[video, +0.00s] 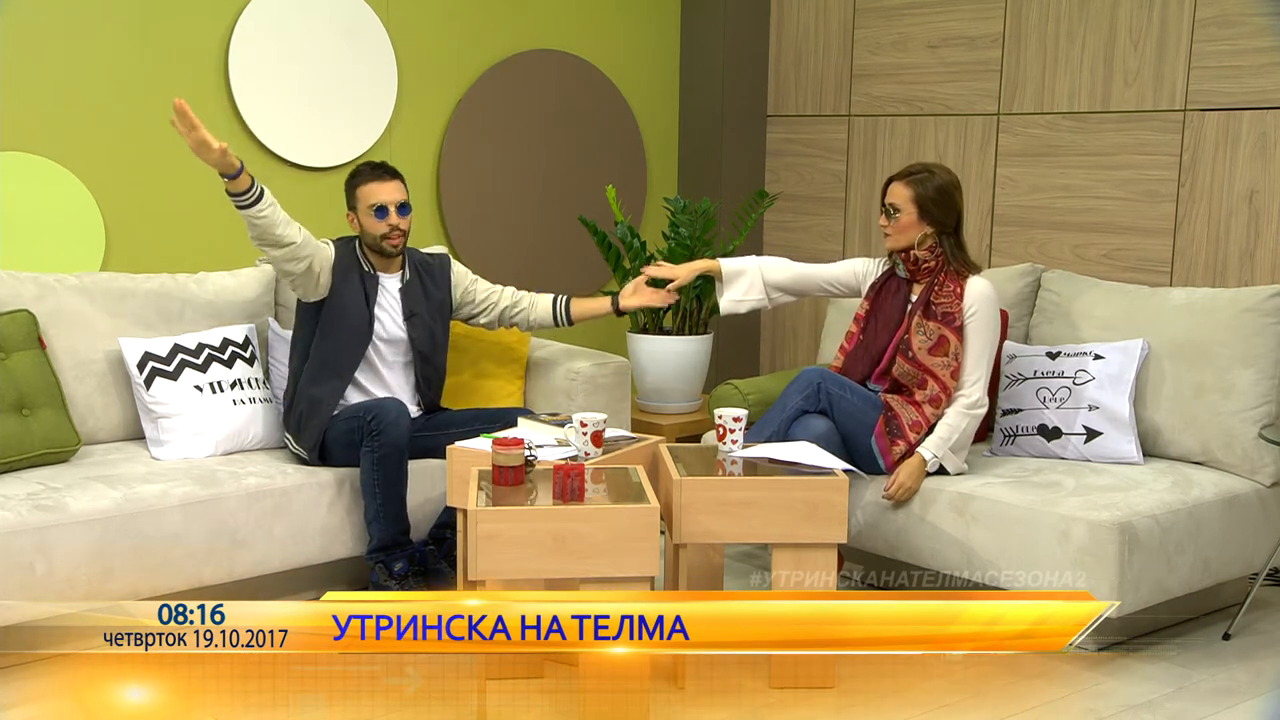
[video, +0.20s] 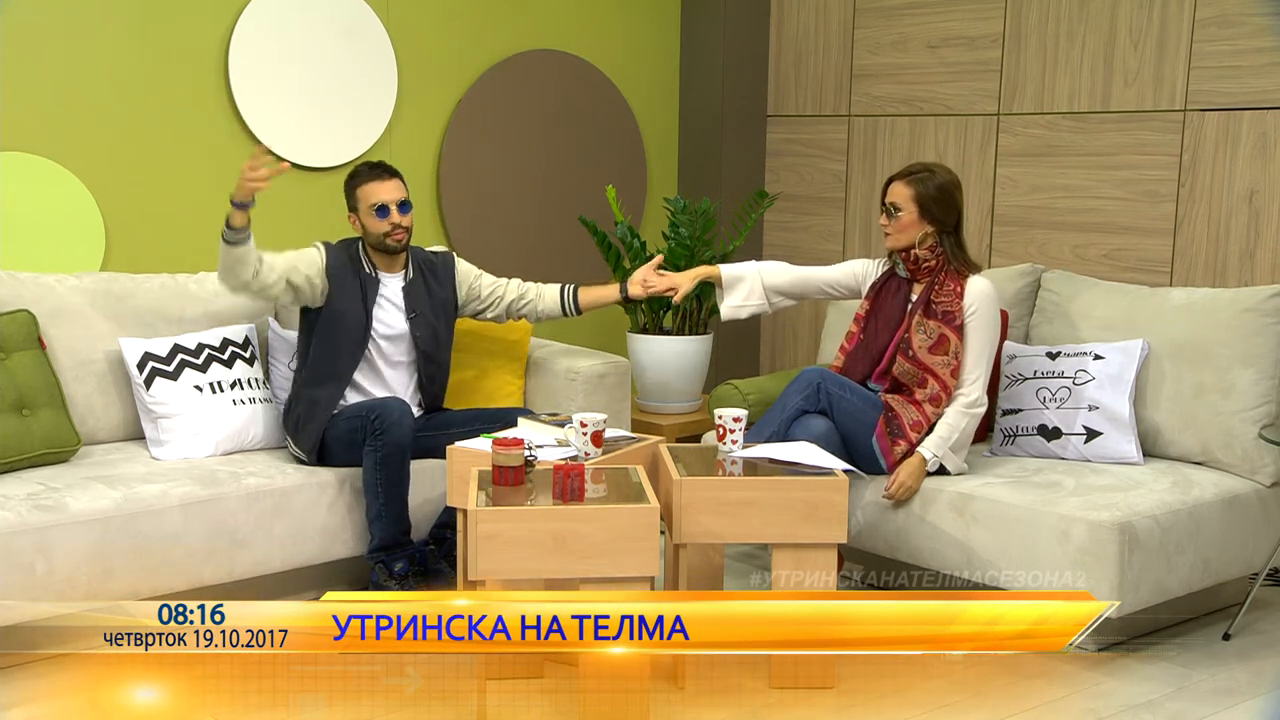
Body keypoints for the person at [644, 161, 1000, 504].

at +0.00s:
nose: (883, 222)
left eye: (895, 213)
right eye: (885, 211)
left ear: (932, 221)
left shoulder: (974, 293)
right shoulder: (880, 273)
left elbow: (971, 398)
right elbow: (793, 275)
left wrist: (922, 460)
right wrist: (702, 266)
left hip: (915, 440)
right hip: (861, 423)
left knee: (816, 379)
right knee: (811, 429)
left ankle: (727, 468)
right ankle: (802, 571)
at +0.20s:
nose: (883, 221)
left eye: (895, 212)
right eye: (885, 211)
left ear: (932, 220)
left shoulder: (974, 292)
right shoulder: (880, 274)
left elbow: (971, 397)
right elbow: (794, 278)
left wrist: (922, 459)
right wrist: (702, 273)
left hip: (916, 440)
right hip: (862, 424)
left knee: (816, 379)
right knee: (811, 429)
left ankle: (726, 467)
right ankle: (806, 571)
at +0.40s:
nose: (888, 220)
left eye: (900, 211)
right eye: (889, 211)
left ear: (937, 219)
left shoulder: (978, 291)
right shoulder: (884, 273)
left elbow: (971, 394)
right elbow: (801, 279)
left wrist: (924, 457)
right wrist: (710, 274)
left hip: (919, 439)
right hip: (864, 422)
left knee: (812, 381)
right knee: (810, 431)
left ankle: (730, 473)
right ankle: (810, 571)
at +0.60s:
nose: (908, 221)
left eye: (922, 213)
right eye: (906, 212)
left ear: (957, 225)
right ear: (902, 215)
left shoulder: (987, 296)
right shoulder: (889, 274)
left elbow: (982, 387)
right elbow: (806, 287)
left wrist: (936, 453)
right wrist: (714, 291)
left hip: (914, 436)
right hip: (859, 420)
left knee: (812, 381)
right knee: (809, 431)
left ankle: (729, 470)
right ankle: (809, 570)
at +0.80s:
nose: (927, 223)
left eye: (943, 216)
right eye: (922, 213)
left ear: (972, 227)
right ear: (914, 219)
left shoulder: (991, 294)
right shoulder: (897, 279)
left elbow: (1032, 316)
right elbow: (811, 295)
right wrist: (716, 302)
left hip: (926, 440)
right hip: (868, 423)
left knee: (812, 380)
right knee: (809, 429)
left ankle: (732, 475)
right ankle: (804, 571)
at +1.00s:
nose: (939, 226)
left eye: (954, 217)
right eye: (933, 216)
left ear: (981, 229)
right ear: (923, 224)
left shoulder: (996, 293)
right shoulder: (900, 280)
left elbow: (1040, 241)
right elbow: (816, 292)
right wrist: (723, 300)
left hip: (923, 436)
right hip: (865, 418)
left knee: (812, 380)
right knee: (800, 430)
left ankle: (739, 459)